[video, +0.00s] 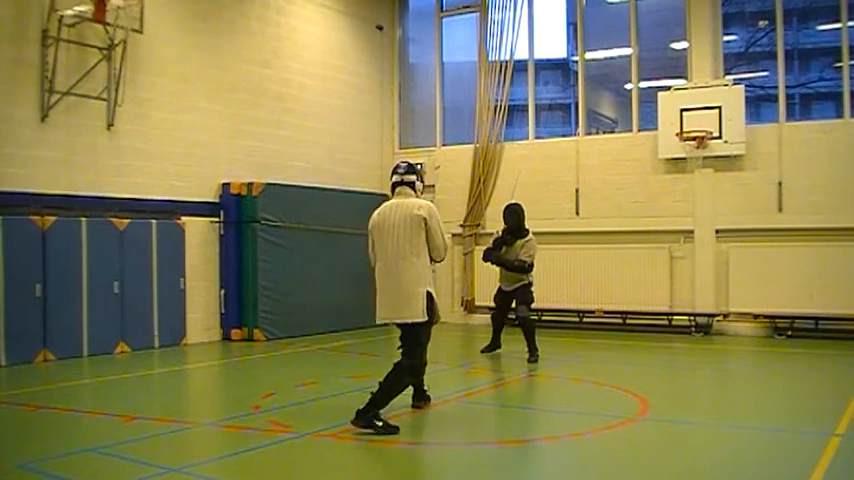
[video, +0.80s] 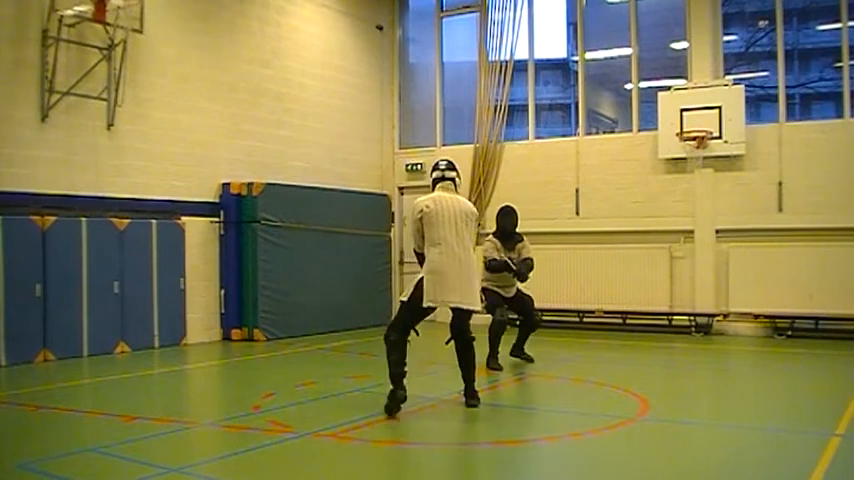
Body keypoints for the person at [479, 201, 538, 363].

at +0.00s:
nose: (507, 223)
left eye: (511, 219)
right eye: (505, 219)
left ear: (520, 219)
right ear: (504, 220)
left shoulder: (529, 241)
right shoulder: (501, 237)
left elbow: (526, 267)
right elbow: (487, 255)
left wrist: (500, 260)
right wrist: (502, 242)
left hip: (522, 285)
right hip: (505, 285)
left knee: (523, 316)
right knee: (497, 316)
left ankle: (532, 350)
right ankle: (495, 341)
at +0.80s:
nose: (508, 225)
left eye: (512, 221)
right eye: (505, 221)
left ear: (516, 223)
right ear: (498, 222)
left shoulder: (520, 241)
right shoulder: (491, 243)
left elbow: (528, 260)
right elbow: (491, 265)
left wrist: (522, 270)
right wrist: (511, 265)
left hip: (512, 290)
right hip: (491, 288)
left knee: (531, 315)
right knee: (501, 315)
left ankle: (518, 347)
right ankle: (493, 356)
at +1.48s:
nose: (509, 222)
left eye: (512, 218)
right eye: (505, 218)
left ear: (517, 221)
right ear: (499, 221)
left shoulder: (524, 241)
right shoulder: (492, 242)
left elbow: (531, 261)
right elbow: (491, 265)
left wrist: (524, 273)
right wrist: (507, 267)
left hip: (515, 289)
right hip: (495, 289)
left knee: (528, 321)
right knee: (501, 317)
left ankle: (523, 349)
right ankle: (492, 356)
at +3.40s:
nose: (629, 215)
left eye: (632, 211)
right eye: (626, 211)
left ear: (639, 212)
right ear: (621, 214)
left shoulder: (647, 233)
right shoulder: (614, 232)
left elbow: (653, 256)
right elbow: (606, 255)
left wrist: (640, 265)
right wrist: (616, 257)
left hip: (637, 283)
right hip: (616, 281)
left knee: (647, 320)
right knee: (614, 310)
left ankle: (636, 350)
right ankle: (610, 345)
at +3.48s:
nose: (632, 216)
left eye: (636, 212)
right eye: (629, 212)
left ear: (642, 213)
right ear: (624, 214)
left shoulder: (651, 233)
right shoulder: (618, 232)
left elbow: (657, 256)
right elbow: (609, 255)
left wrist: (643, 263)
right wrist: (619, 254)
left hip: (641, 283)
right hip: (620, 281)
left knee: (650, 322)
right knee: (619, 310)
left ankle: (636, 350)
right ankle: (621, 347)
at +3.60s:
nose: (634, 216)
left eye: (638, 212)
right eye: (631, 212)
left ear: (645, 213)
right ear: (627, 214)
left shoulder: (655, 233)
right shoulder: (622, 233)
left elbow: (660, 256)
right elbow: (613, 254)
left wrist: (645, 261)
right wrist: (622, 253)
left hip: (647, 284)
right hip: (626, 283)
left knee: (652, 324)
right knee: (627, 313)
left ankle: (637, 350)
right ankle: (629, 352)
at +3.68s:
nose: (636, 219)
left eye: (639, 215)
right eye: (633, 215)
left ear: (647, 214)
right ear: (629, 217)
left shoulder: (656, 234)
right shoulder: (625, 233)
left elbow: (662, 256)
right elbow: (614, 254)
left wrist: (644, 261)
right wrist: (621, 252)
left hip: (650, 285)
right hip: (629, 285)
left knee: (654, 326)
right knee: (631, 319)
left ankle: (637, 348)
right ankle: (634, 355)